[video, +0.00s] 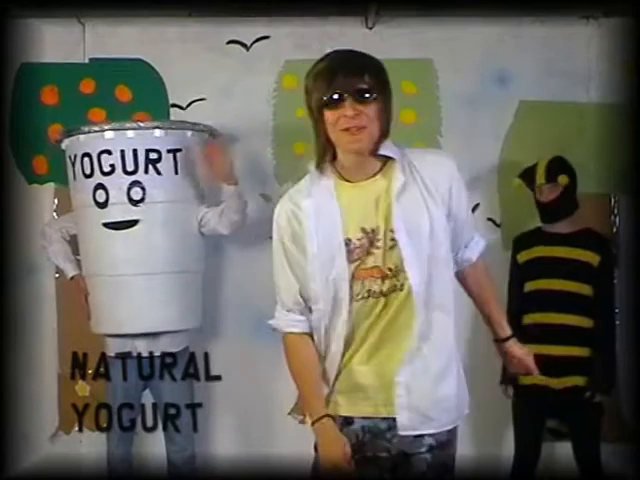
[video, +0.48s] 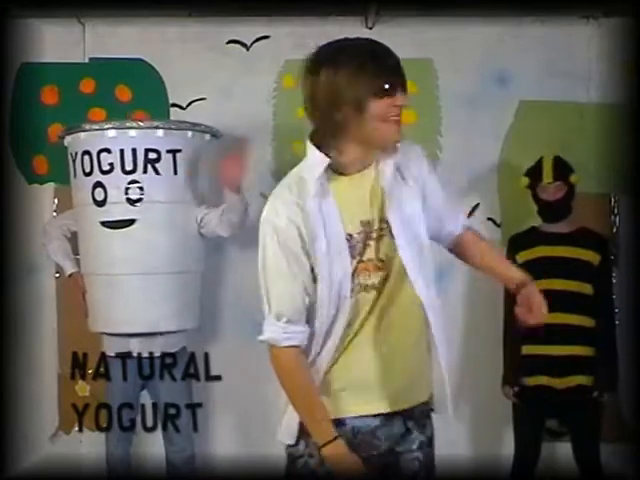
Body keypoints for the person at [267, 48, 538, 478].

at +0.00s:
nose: (350, 112)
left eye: (364, 97)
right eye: (334, 101)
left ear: (385, 107)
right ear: (319, 116)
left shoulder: (436, 174)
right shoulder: (296, 209)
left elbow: (469, 261)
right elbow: (295, 325)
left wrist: (506, 339)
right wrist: (321, 424)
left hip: (427, 417)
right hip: (343, 421)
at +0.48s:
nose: (402, 102)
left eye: (401, 91)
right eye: (386, 91)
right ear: (343, 102)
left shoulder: (410, 167)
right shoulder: (291, 206)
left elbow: (457, 235)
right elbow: (283, 342)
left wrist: (518, 280)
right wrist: (328, 442)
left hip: (411, 417)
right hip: (332, 428)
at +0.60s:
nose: (399, 117)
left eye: (398, 106)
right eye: (393, 107)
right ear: (359, 109)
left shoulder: (378, 163)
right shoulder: (274, 202)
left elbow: (431, 205)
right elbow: (266, 342)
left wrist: (507, 238)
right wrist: (303, 441)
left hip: (395, 406)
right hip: (321, 423)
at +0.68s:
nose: (379, 122)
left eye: (379, 111)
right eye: (373, 113)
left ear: (319, 106)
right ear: (343, 113)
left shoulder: (362, 164)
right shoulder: (263, 201)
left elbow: (413, 193)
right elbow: (249, 341)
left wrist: (488, 209)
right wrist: (282, 440)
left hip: (386, 407)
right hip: (312, 422)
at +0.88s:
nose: (350, 113)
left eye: (349, 104)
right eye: (346, 106)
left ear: (288, 101)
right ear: (325, 108)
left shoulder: (339, 162)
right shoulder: (240, 199)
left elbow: (382, 180)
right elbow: (223, 336)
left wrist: (427, 189)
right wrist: (243, 441)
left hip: (372, 407)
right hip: (294, 420)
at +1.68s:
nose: (321, 95)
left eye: (319, 85)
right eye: (307, 87)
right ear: (268, 100)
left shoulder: (327, 158)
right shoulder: (223, 200)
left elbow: (379, 205)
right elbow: (208, 329)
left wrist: (430, 231)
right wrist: (240, 431)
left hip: (364, 403)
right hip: (283, 418)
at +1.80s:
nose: (293, 91)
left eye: (299, 77)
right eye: (272, 83)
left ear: (312, 86)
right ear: (246, 101)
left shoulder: (346, 165)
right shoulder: (223, 203)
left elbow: (377, 257)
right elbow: (220, 326)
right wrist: (235, 434)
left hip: (363, 406)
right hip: (280, 419)